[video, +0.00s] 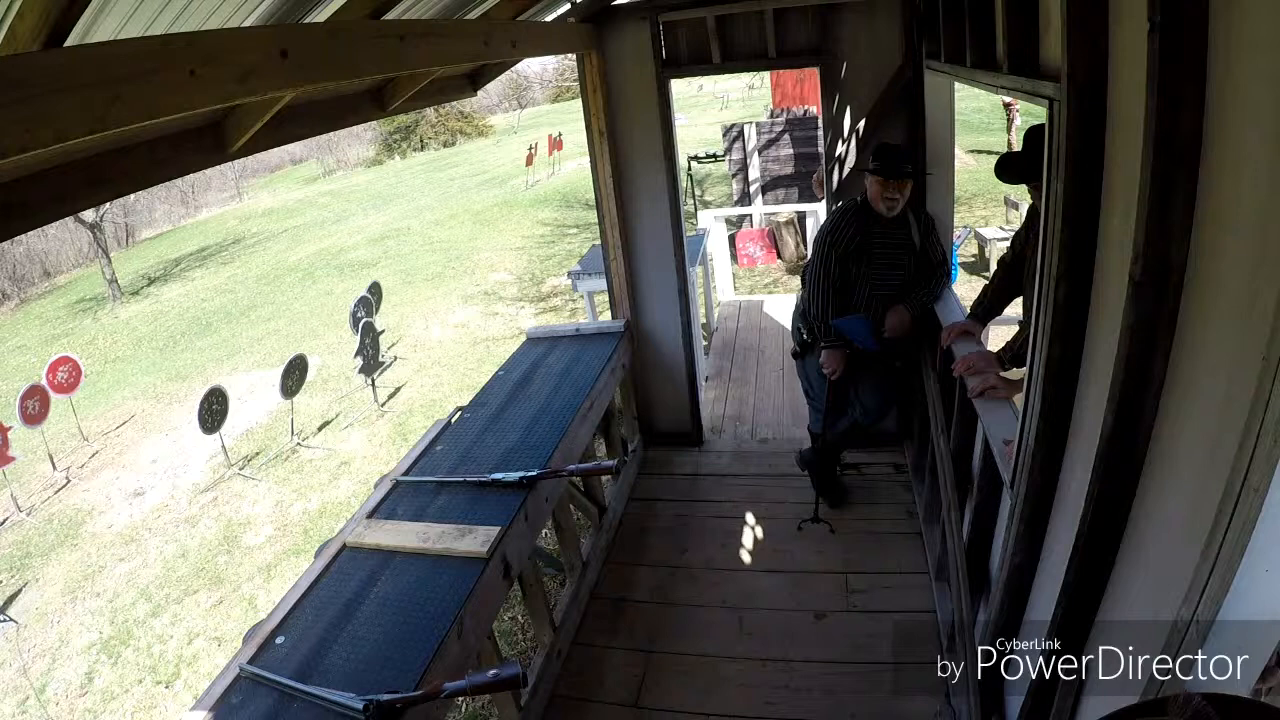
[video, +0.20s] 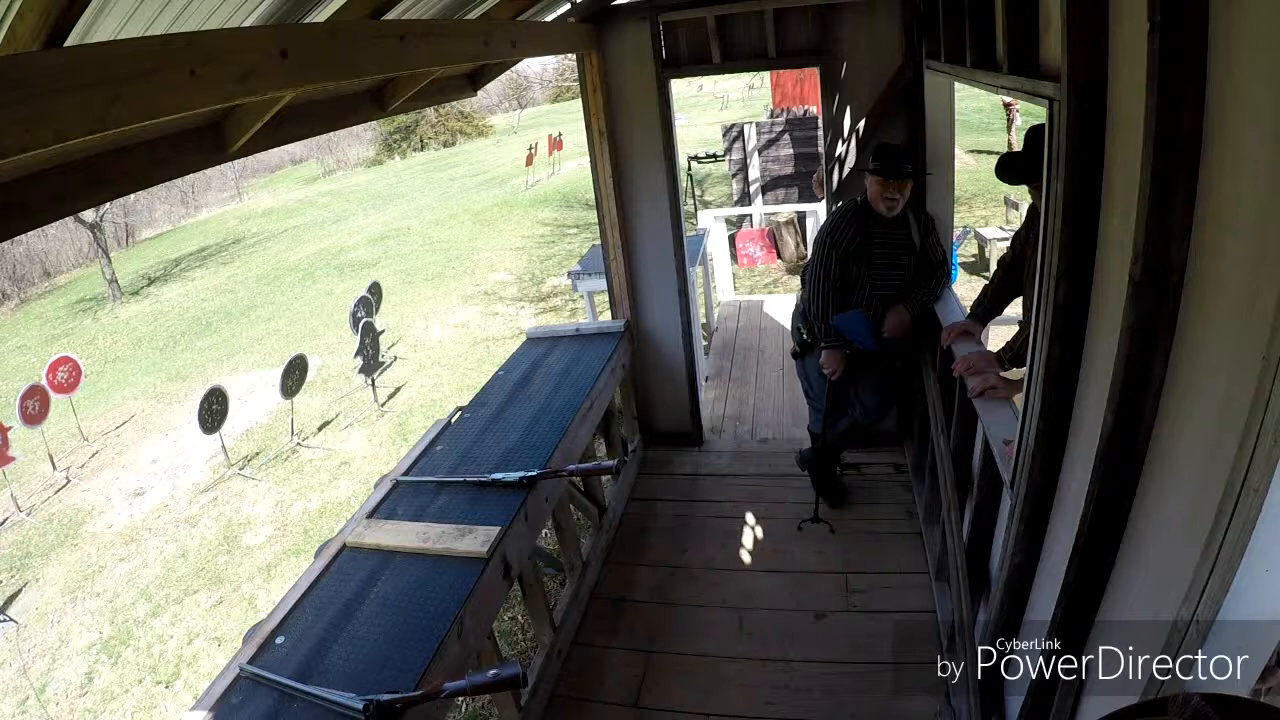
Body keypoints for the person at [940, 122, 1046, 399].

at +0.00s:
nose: (1031, 189)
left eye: (1036, 181)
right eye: (1029, 180)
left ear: (1055, 180)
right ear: (1030, 177)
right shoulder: (1041, 210)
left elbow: (1054, 307)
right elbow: (1014, 263)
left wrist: (1004, 357)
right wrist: (977, 318)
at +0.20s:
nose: (1032, 190)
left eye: (1037, 182)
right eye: (1030, 181)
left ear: (1055, 181)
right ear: (1030, 176)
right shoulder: (1040, 210)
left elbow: (1054, 307)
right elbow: (1014, 263)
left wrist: (1004, 357)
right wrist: (977, 318)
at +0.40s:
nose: (1032, 189)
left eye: (1037, 181)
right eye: (1030, 181)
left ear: (1056, 181)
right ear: (1031, 178)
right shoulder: (1040, 210)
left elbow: (1054, 307)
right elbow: (1014, 263)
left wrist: (1004, 358)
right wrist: (977, 318)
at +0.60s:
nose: (1031, 192)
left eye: (1037, 185)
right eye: (1030, 184)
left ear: (1056, 182)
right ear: (1032, 179)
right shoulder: (1040, 209)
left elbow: (1055, 308)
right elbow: (1014, 262)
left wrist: (1003, 357)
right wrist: (977, 319)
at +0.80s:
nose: (1031, 198)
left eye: (1035, 190)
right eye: (1029, 190)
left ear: (1053, 185)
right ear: (1030, 183)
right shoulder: (1040, 209)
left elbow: (1054, 309)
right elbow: (1014, 262)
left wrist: (1003, 358)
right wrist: (977, 319)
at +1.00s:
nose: (1031, 202)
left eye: (1036, 194)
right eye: (1029, 194)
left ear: (1054, 189)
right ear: (1028, 188)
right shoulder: (1039, 214)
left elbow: (1052, 311)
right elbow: (1013, 264)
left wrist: (1003, 358)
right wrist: (977, 319)